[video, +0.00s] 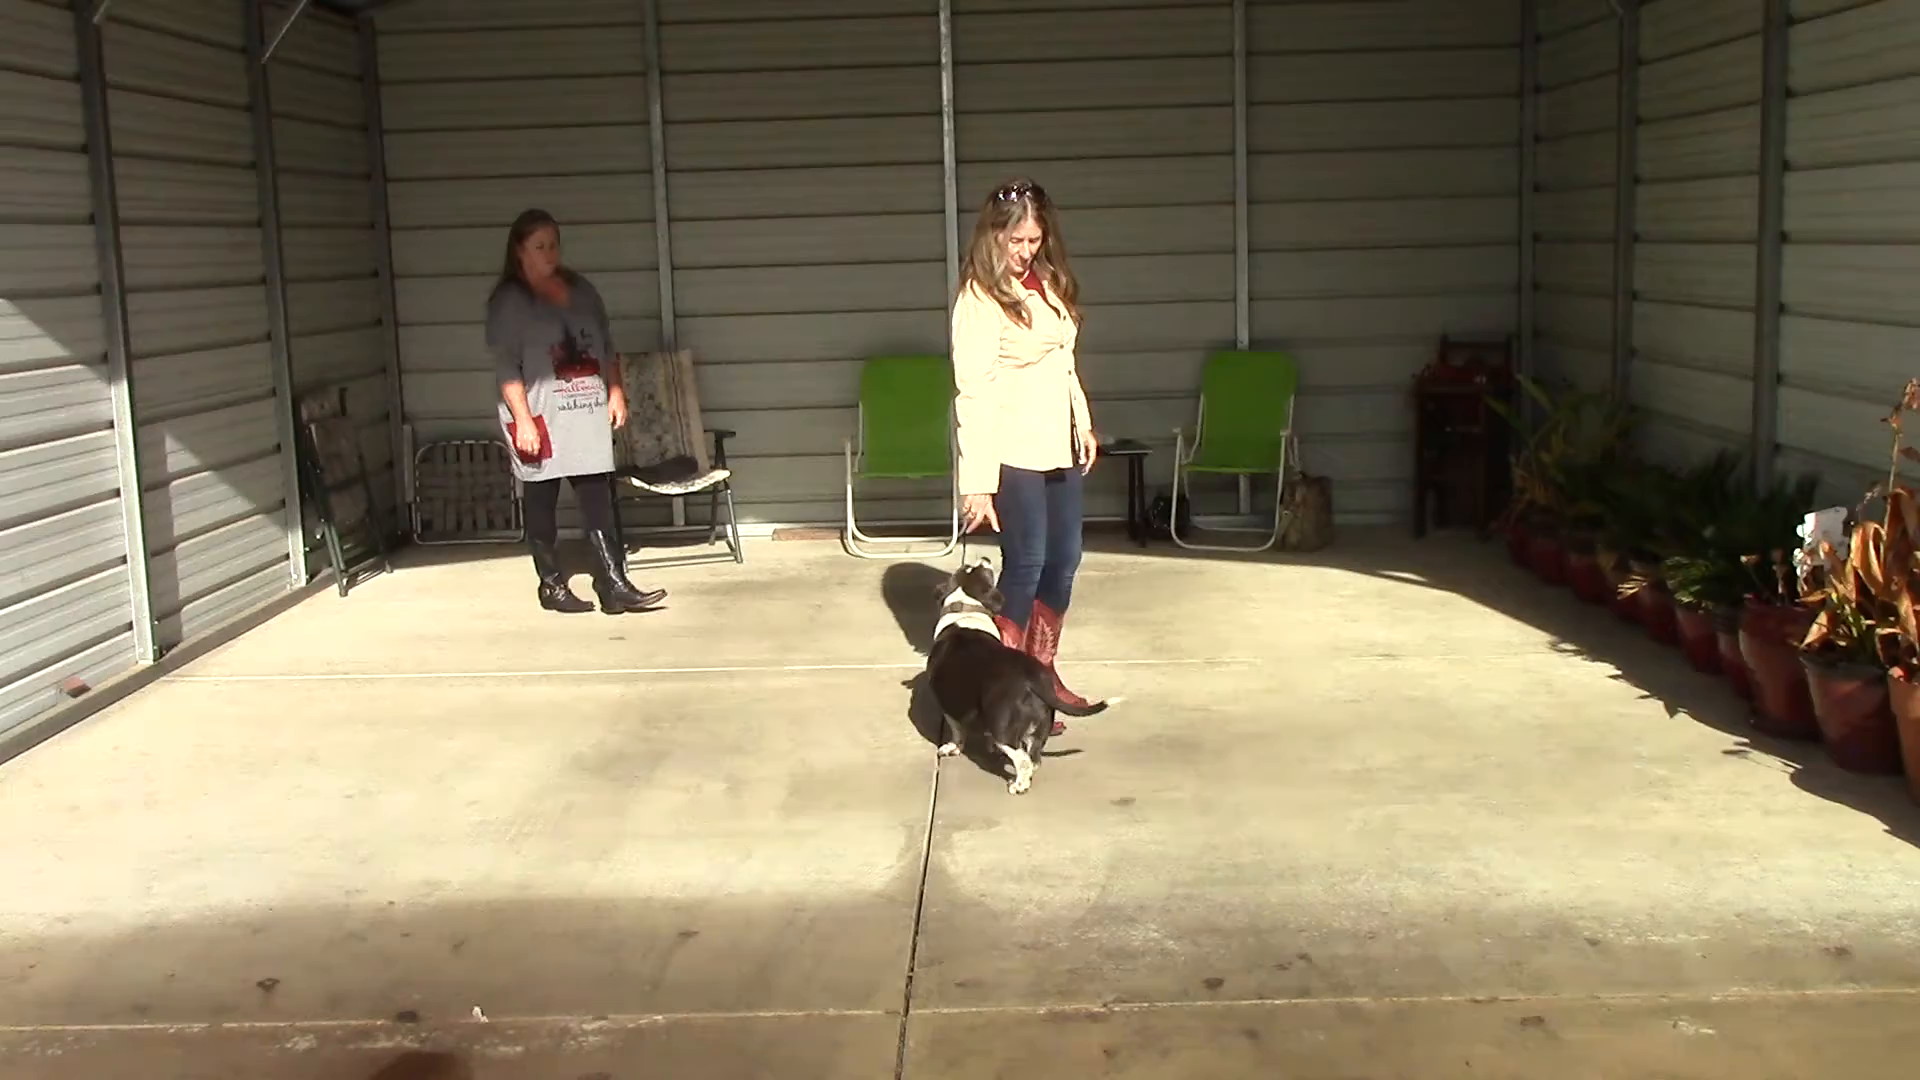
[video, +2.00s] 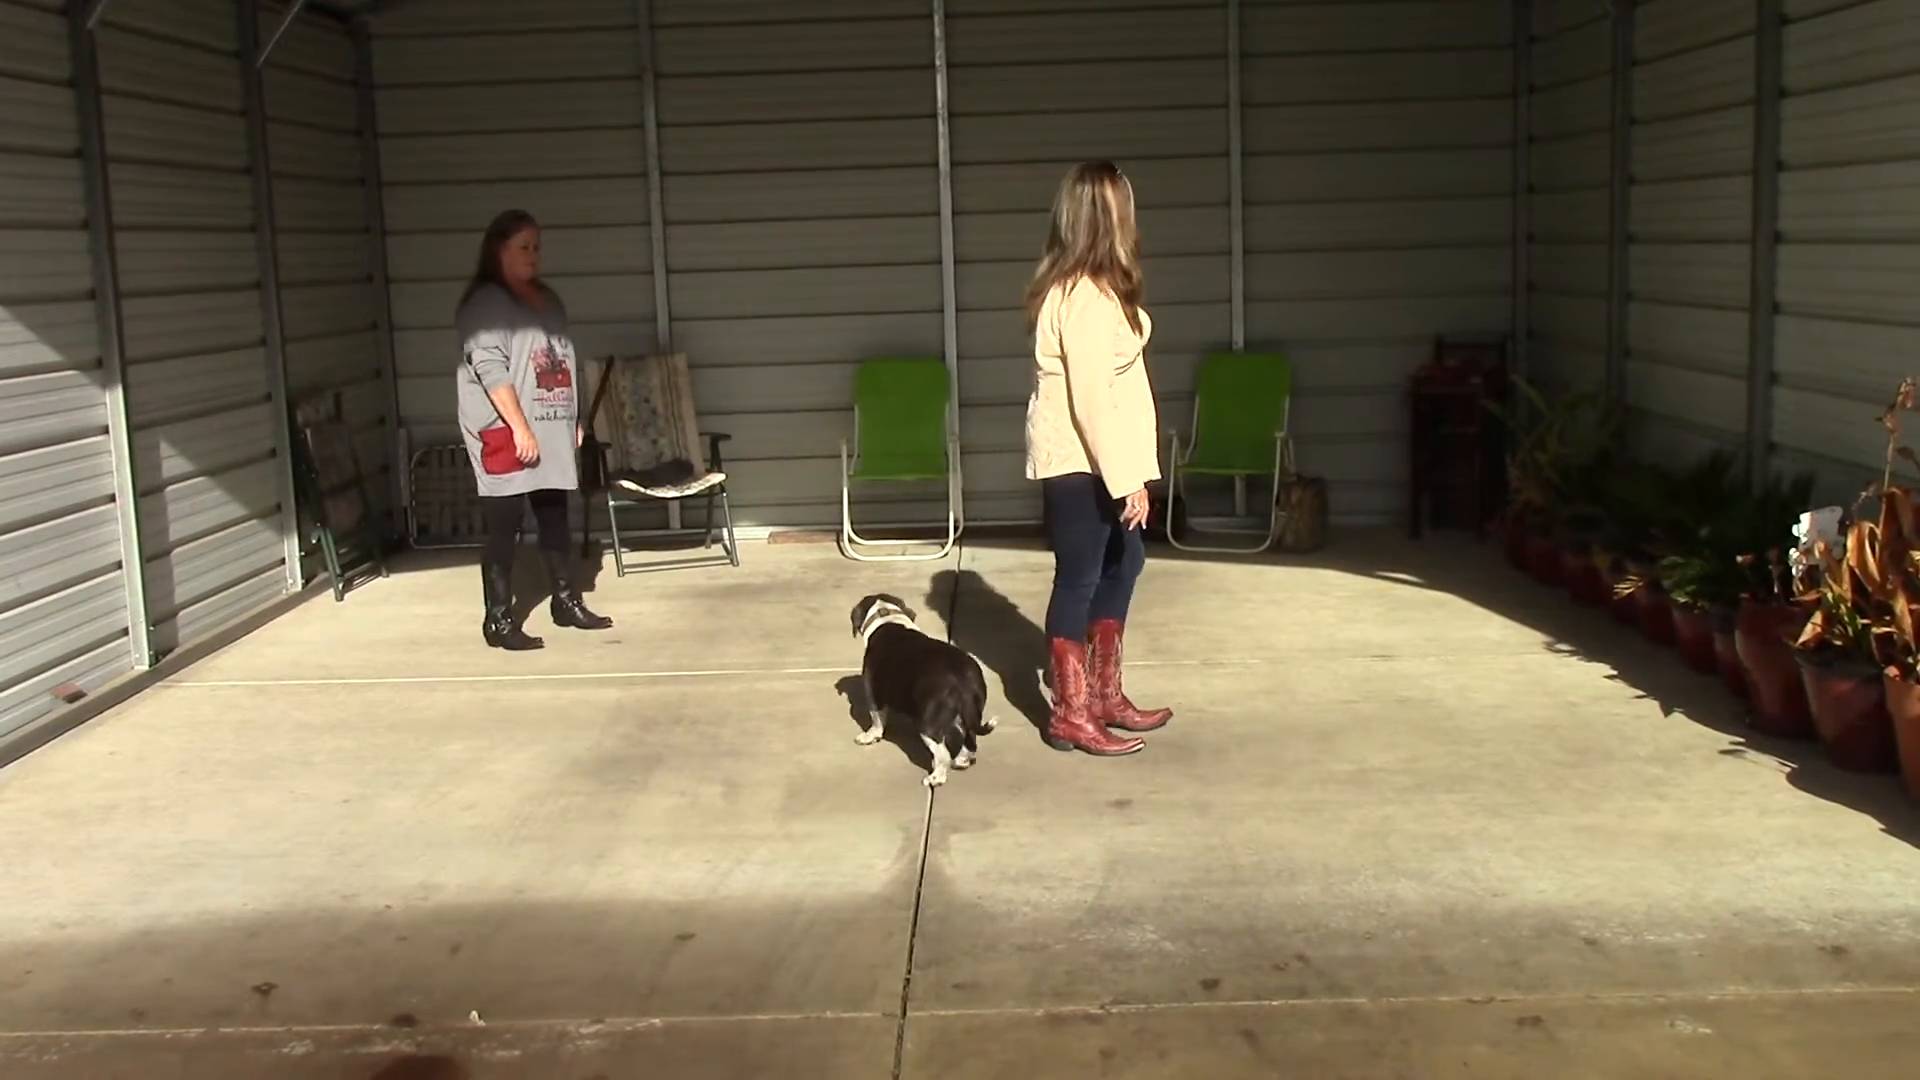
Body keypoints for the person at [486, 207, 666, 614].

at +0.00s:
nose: (551, 251)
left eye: (555, 244)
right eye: (542, 245)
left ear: (560, 247)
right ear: (520, 250)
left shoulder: (582, 290)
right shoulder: (508, 300)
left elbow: (605, 345)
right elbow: (506, 364)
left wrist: (616, 388)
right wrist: (522, 419)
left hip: (587, 408)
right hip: (537, 411)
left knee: (596, 488)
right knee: (540, 496)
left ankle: (614, 583)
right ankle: (552, 585)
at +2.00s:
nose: (533, 255)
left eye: (536, 247)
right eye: (524, 247)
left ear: (538, 251)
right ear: (498, 251)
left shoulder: (547, 300)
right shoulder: (483, 305)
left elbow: (562, 364)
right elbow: (491, 372)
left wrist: (573, 417)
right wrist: (519, 426)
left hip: (549, 428)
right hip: (500, 432)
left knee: (554, 512)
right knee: (503, 521)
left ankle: (566, 600)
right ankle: (498, 618)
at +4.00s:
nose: (492, 255)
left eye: (495, 247)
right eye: (483, 247)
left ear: (496, 249)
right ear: (458, 249)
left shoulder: (487, 294)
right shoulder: (451, 298)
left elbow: (495, 360)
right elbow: (467, 366)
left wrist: (508, 421)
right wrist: (491, 423)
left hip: (485, 420)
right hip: (469, 423)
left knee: (478, 510)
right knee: (490, 510)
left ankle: (464, 602)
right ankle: (500, 611)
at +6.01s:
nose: (569, 353)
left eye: (575, 346)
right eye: (563, 344)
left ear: (581, 340)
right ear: (542, 332)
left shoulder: (540, 362)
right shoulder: (521, 371)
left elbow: (534, 429)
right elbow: (514, 443)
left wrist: (517, 483)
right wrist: (527, 509)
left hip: (461, 417)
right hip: (445, 419)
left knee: (483, 506)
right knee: (495, 508)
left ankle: (464, 606)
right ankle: (500, 612)